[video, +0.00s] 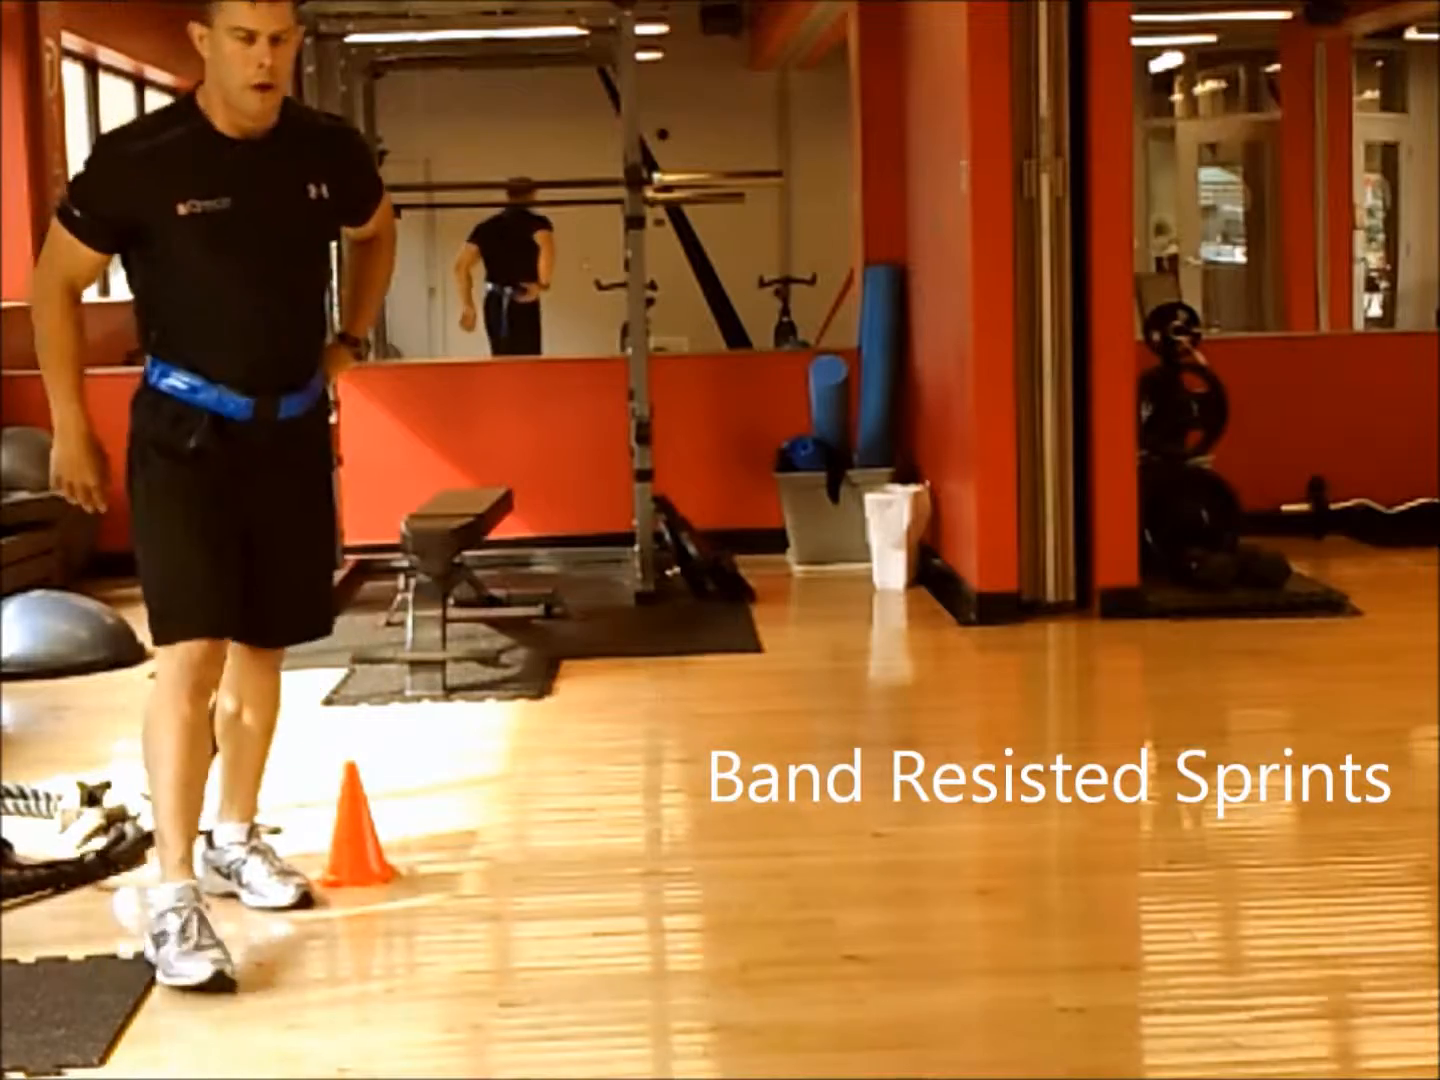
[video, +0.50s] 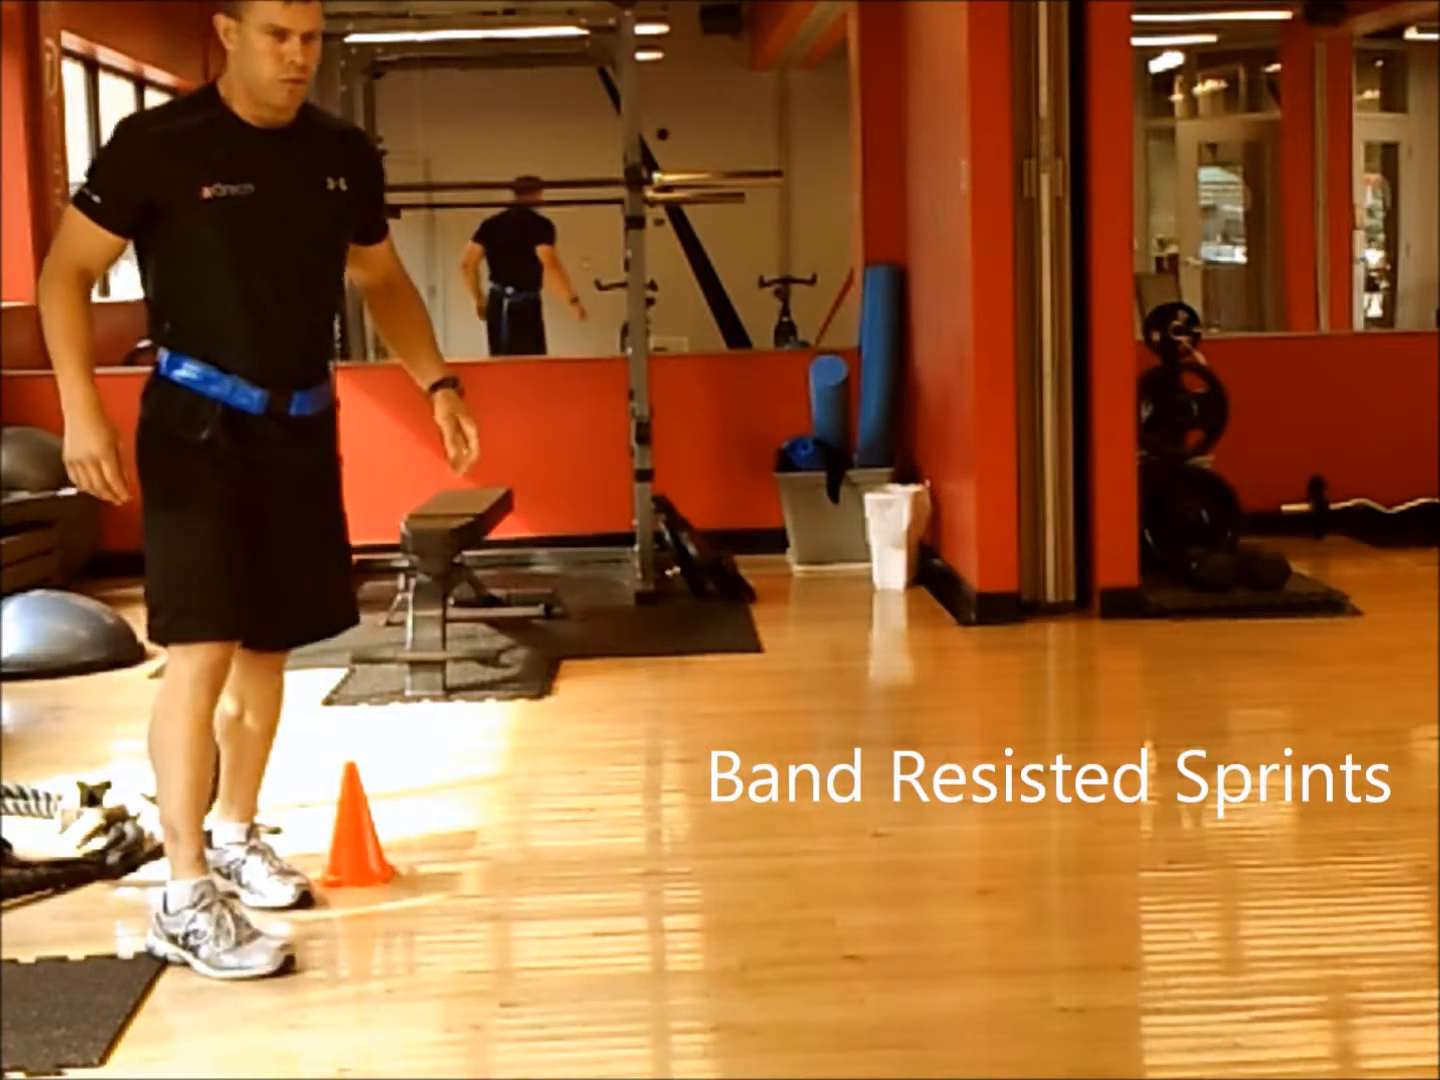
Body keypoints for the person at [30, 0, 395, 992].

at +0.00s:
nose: (267, 59)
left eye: (282, 39)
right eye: (246, 36)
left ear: (299, 44)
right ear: (202, 40)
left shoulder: (333, 151)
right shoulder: (135, 159)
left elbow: (375, 234)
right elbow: (54, 285)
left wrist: (351, 335)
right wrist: (71, 430)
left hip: (291, 435)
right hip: (183, 435)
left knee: (262, 649)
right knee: (192, 656)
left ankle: (234, 835)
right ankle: (173, 894)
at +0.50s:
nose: (300, 55)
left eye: (312, 36)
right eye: (279, 33)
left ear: (325, 42)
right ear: (226, 33)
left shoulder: (344, 155)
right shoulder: (154, 144)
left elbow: (384, 280)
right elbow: (64, 274)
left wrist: (439, 382)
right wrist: (79, 412)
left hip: (297, 431)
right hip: (196, 428)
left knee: (265, 643)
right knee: (200, 647)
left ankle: (235, 831)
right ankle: (182, 892)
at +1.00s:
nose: (394, 149)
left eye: (406, 128)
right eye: (373, 126)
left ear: (418, 125)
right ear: (318, 113)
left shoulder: (427, 214)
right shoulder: (216, 187)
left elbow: (467, 326)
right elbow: (83, 249)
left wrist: (485, 384)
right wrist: (65, 387)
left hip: (320, 473)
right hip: (216, 462)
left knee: (296, 678)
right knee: (246, 678)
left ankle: (236, 837)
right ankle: (183, 872)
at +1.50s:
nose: (746, 120)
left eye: (764, 95)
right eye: (726, 90)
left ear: (776, 88)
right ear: (651, 63)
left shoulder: (744, 192)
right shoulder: (525, 157)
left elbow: (737, 332)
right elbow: (371, 275)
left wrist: (755, 435)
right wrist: (368, 457)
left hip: (611, 488)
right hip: (482, 486)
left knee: (616, 742)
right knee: (500, 771)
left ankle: (534, 972)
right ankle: (327, 741)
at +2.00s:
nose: (1150, 27)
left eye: (1170, 5)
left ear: (1179, 10)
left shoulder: (1119, 103)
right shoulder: (872, 40)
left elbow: (1061, 237)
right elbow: (688, 186)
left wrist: (1030, 401)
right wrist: (780, 398)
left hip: (920, 416)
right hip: (772, 415)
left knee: (981, 745)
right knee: (844, 771)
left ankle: (893, 1025)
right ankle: (623, 955)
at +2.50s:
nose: (1272, 25)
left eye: (1288, 1)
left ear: (1301, 4)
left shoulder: (1219, 79)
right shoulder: (983, 47)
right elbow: (849, 287)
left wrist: (1179, 308)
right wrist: (1092, 347)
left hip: (1041, 464)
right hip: (879, 458)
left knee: (1198, 767)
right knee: (833, 818)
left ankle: (931, 840)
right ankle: (729, 1067)